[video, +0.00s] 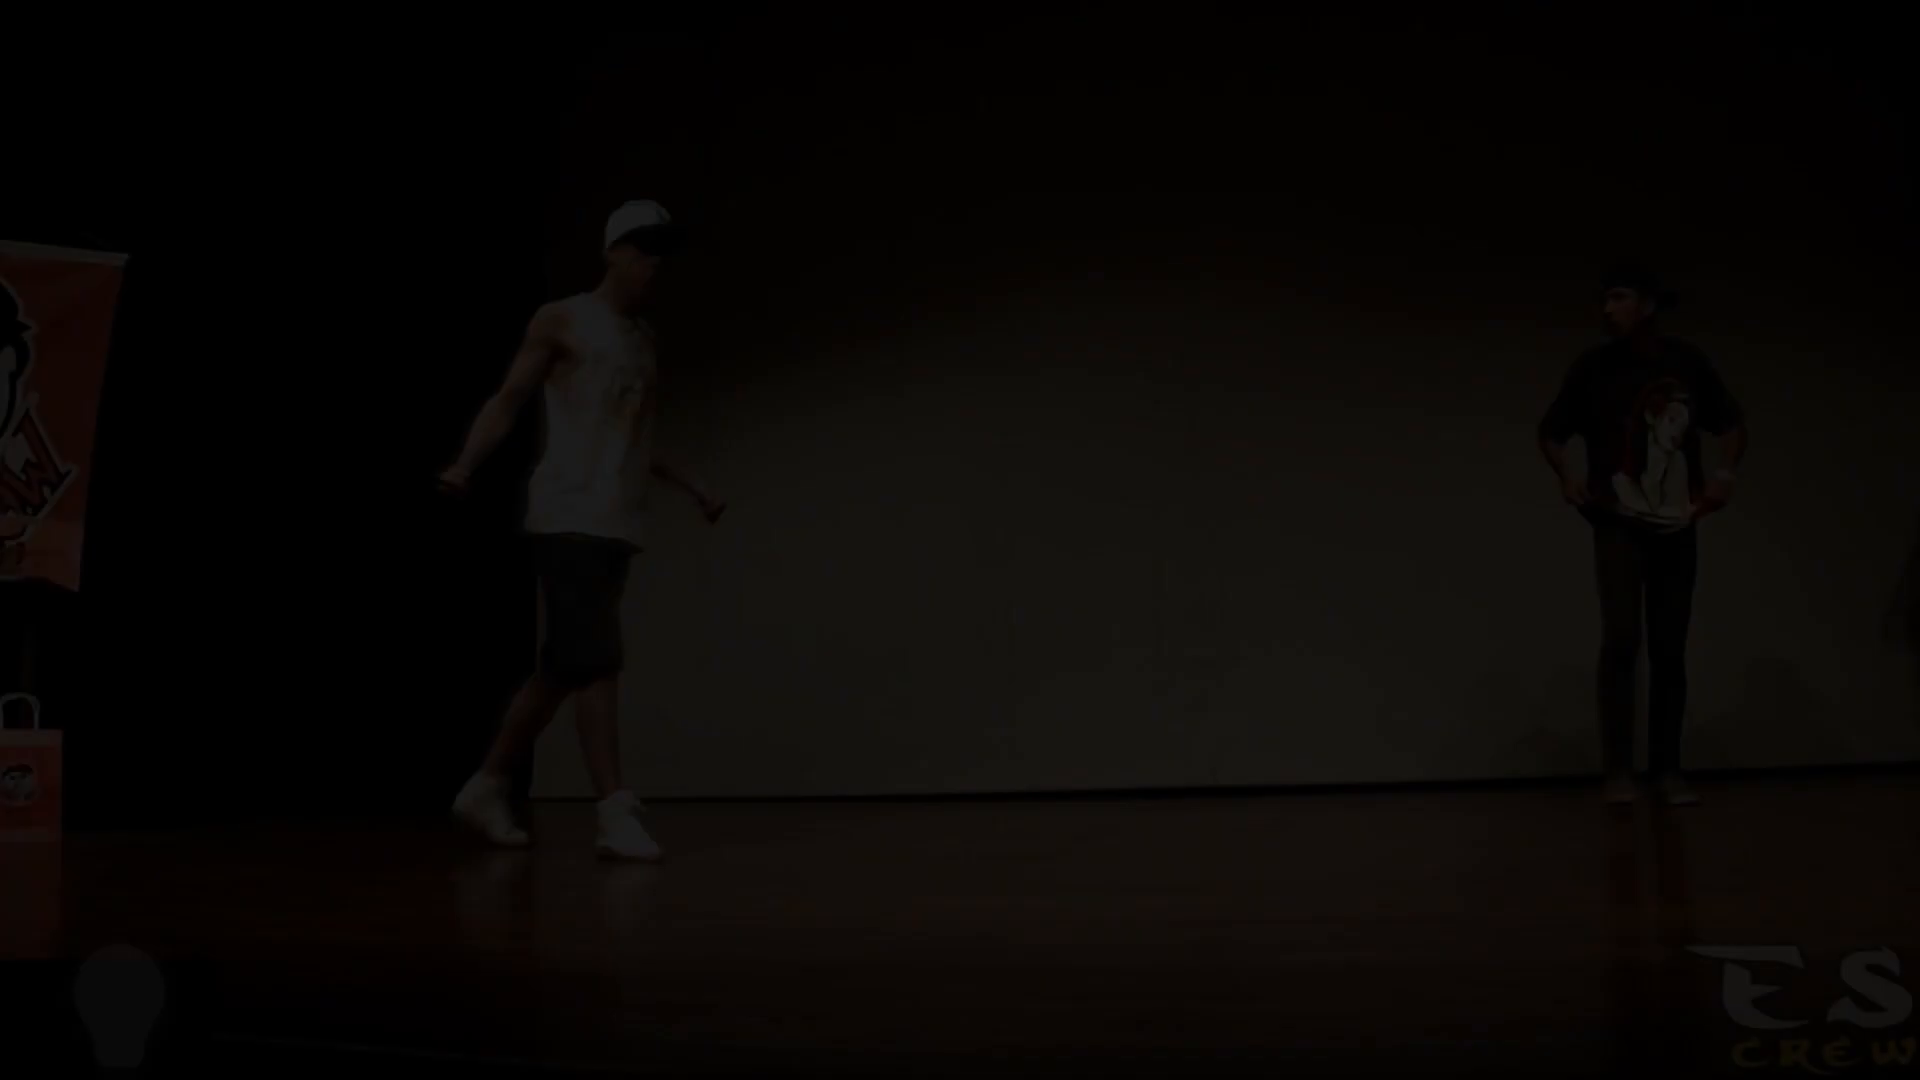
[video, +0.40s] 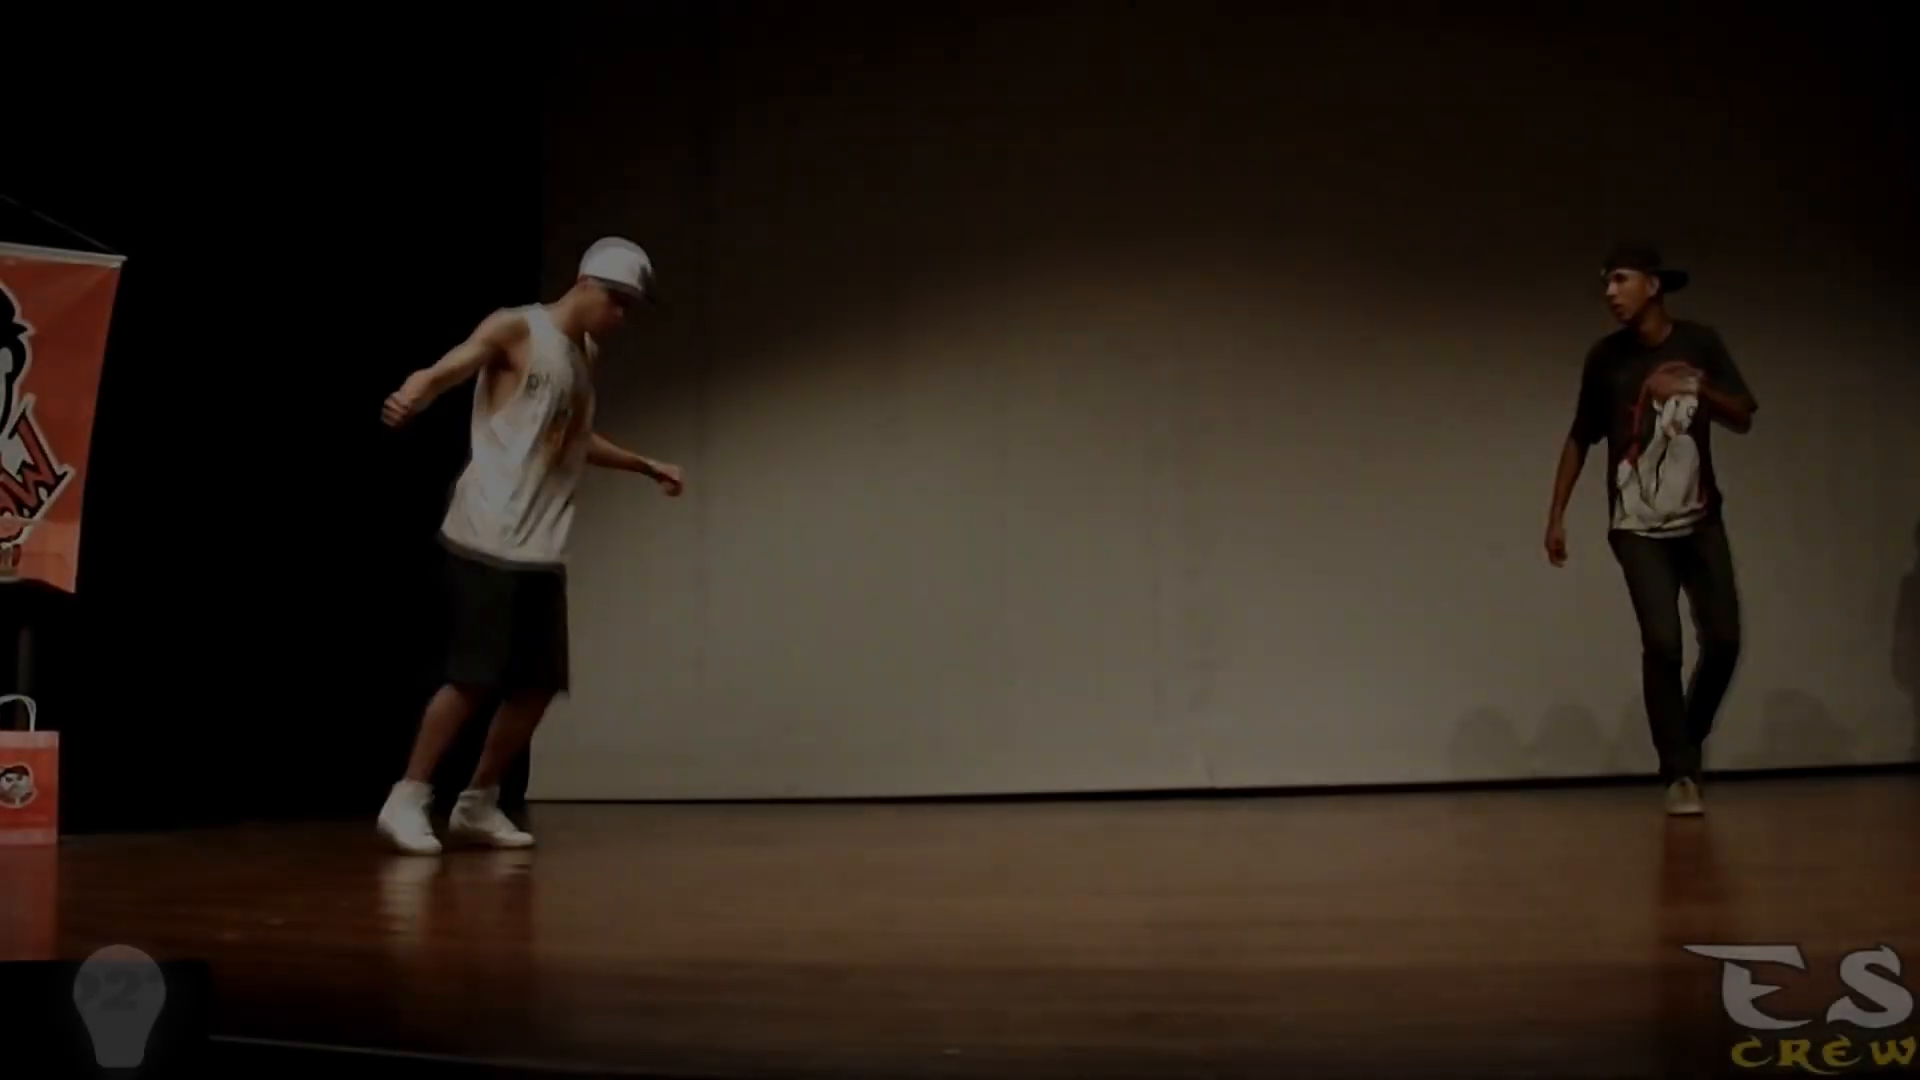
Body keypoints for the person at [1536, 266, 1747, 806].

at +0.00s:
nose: (1613, 311)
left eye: (1622, 300)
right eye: (1610, 301)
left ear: (1646, 305)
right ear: (1608, 309)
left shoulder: (1684, 362)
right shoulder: (1596, 365)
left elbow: (1728, 429)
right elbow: (1552, 434)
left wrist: (1717, 487)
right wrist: (1573, 490)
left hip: (1674, 524)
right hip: (1615, 525)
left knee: (1668, 648)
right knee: (1620, 644)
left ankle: (1666, 770)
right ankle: (1618, 770)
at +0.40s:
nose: (1610, 292)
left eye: (1620, 281)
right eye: (1608, 283)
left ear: (1653, 286)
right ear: (1615, 293)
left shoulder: (1698, 343)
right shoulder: (1605, 357)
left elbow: (1743, 414)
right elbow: (1579, 438)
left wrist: (1698, 391)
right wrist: (1555, 516)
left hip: (1698, 520)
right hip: (1636, 526)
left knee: (1723, 641)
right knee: (1663, 645)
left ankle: (1686, 748)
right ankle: (1678, 777)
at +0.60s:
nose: (1616, 280)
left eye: (1626, 267)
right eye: (1613, 271)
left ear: (1662, 270)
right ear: (1620, 280)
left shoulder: (1706, 332)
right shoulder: (1611, 345)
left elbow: (1762, 366)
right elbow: (1579, 426)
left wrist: (1707, 294)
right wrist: (1552, 499)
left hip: (1709, 509)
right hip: (1643, 521)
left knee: (1749, 621)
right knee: (1664, 646)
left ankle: (1760, 757)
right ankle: (1677, 779)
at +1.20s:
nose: (1675, 238)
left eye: (1685, 225)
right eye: (1669, 229)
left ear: (1718, 226)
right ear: (1668, 237)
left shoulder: (1768, 287)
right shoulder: (1676, 310)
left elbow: (1787, 245)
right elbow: (1665, 408)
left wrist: (1732, 189)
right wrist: (1637, 492)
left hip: (1778, 489)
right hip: (1705, 495)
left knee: (1787, 633)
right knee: (1682, 622)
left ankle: (1796, 782)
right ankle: (1706, 754)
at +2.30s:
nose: (1653, 152)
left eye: (1664, 136)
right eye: (1649, 140)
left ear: (1707, 134)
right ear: (1658, 152)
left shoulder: (1765, 200)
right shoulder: (1683, 243)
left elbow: (1726, 192)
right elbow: (1677, 361)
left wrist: (1679, 112)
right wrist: (1585, 400)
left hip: (1782, 452)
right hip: (1710, 460)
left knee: (1808, 619)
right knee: (1679, 612)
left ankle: (1874, 798)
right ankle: (1761, 776)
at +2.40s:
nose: (1641, 140)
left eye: (1651, 126)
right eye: (1639, 132)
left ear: (1696, 132)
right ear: (1679, 139)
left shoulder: (1753, 190)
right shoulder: (1678, 231)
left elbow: (1691, 196)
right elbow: (1665, 347)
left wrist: (1601, 133)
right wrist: (1562, 371)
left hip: (1779, 441)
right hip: (1708, 444)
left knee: (1813, 616)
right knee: (1658, 600)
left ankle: (1874, 799)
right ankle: (1736, 775)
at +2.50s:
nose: (1619, 150)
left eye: (1630, 135)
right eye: (1619, 139)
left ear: (1674, 135)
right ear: (1662, 144)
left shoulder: (1731, 188)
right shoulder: (1666, 228)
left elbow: (1641, 208)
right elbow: (1640, 343)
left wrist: (1521, 184)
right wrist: (1533, 363)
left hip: (1769, 438)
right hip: (1701, 444)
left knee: (1809, 615)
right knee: (1647, 604)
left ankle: (1875, 801)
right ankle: (1682, 796)